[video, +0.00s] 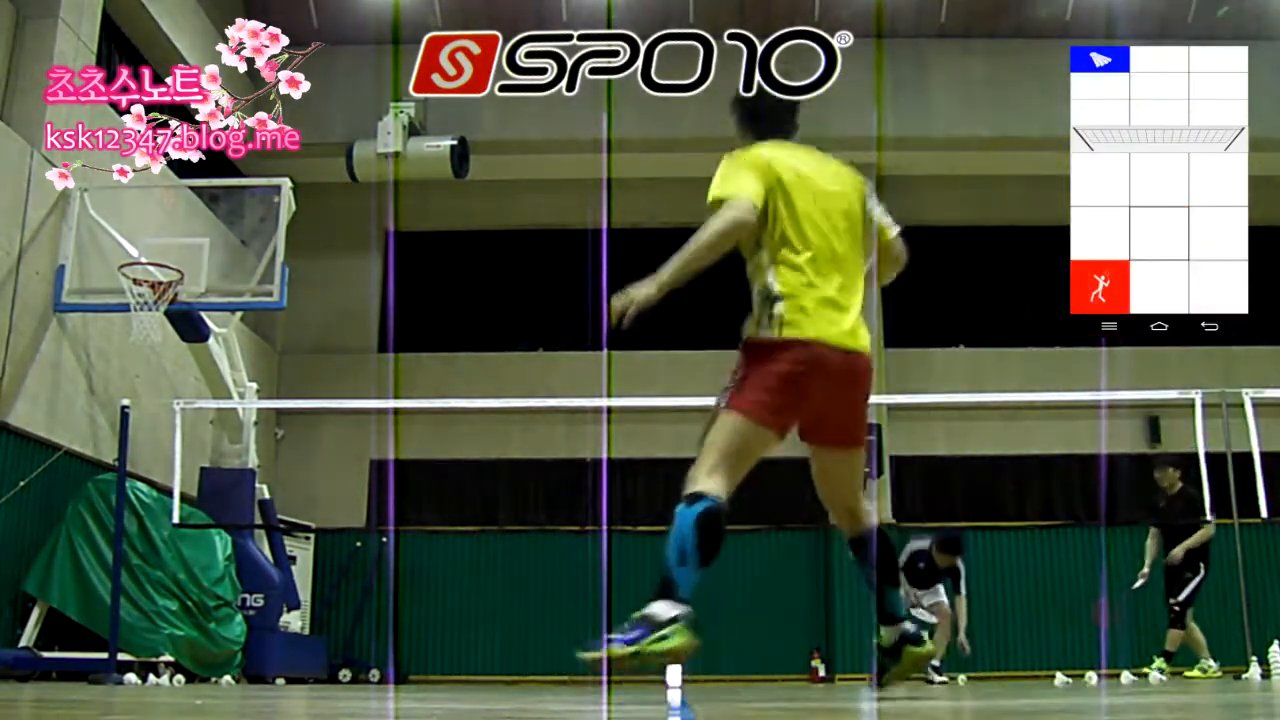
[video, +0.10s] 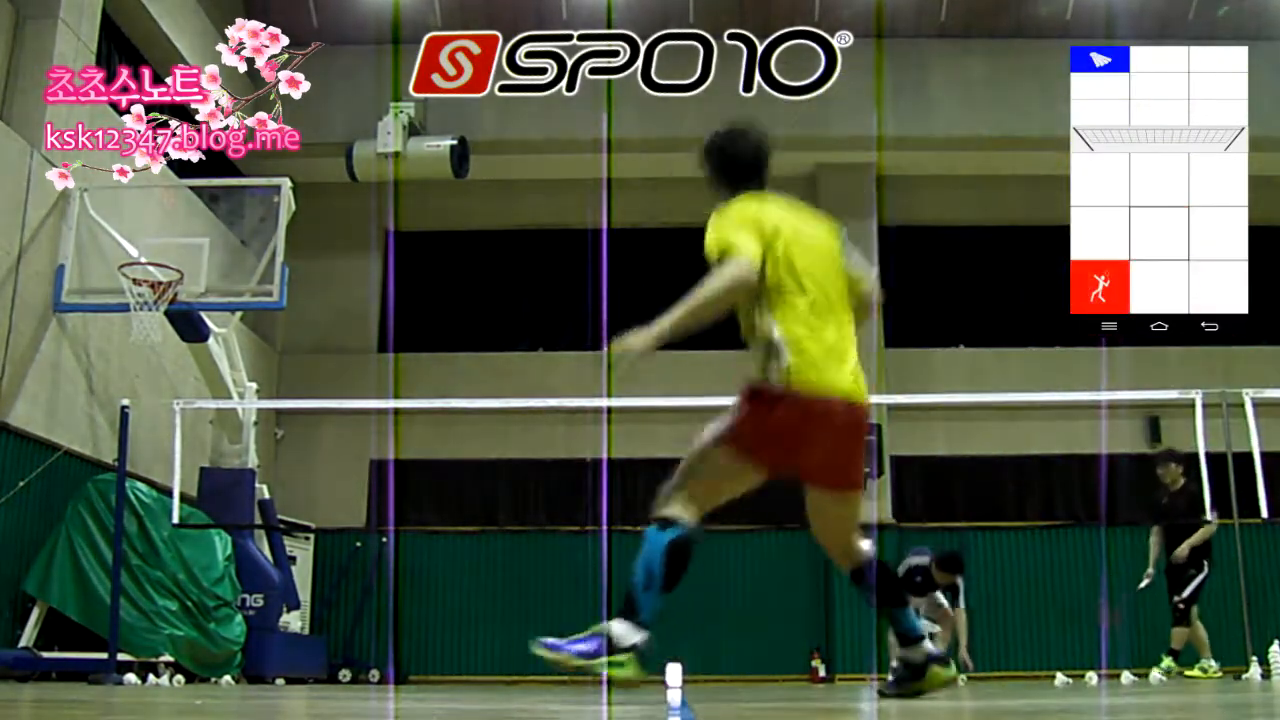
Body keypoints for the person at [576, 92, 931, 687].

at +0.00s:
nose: (738, 125)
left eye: (739, 117)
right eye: (750, 115)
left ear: (742, 122)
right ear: (794, 122)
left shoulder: (749, 160)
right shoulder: (844, 176)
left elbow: (740, 216)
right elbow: (894, 254)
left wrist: (657, 284)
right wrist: (842, 291)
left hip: (787, 346)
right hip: (853, 354)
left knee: (713, 475)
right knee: (850, 506)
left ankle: (671, 606)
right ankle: (900, 627)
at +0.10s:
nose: (710, 183)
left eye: (710, 173)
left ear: (716, 174)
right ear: (765, 168)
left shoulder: (736, 215)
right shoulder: (818, 223)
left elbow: (742, 272)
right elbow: (867, 290)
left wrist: (654, 333)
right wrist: (826, 339)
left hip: (784, 401)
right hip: (847, 409)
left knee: (682, 501)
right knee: (841, 536)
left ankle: (629, 626)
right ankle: (917, 646)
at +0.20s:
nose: (659, 228)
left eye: (659, 219)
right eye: (663, 216)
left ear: (665, 221)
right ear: (713, 211)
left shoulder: (694, 257)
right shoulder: (772, 259)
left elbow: (692, 313)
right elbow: (832, 319)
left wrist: (592, 359)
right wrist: (793, 370)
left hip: (767, 430)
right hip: (830, 436)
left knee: (639, 512)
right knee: (824, 554)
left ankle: (610, 652)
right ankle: (921, 653)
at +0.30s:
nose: (575, 212)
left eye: (576, 202)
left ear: (586, 201)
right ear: (634, 186)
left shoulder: (602, 244)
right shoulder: (701, 227)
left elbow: (553, 323)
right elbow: (780, 271)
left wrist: (488, 350)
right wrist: (712, 276)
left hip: (703, 415)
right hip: (772, 414)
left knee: (585, 509)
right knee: (824, 544)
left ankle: (600, 663)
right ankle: (909, 643)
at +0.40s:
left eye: (514, 160)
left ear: (517, 159)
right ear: (570, 141)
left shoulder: (518, 210)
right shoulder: (634, 169)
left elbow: (466, 297)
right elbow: (711, 181)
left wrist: (445, 264)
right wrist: (701, 158)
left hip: (612, 376)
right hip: (694, 362)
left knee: (558, 513)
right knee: (748, 506)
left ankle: (597, 661)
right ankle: (818, 632)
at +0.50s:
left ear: (468, 89)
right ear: (520, 72)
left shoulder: (463, 145)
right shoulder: (568, 99)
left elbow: (444, 232)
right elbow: (623, 80)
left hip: (538, 308)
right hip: (625, 292)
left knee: (543, 483)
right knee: (652, 450)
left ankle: (570, 632)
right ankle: (680, 595)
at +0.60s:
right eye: (490, 27)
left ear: (418, 35)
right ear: (481, 20)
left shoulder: (406, 94)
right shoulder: (503, 57)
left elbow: (401, 172)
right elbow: (547, 31)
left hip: (449, 262)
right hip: (531, 246)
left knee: (485, 447)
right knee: (567, 422)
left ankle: (491, 610)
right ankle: (522, 549)